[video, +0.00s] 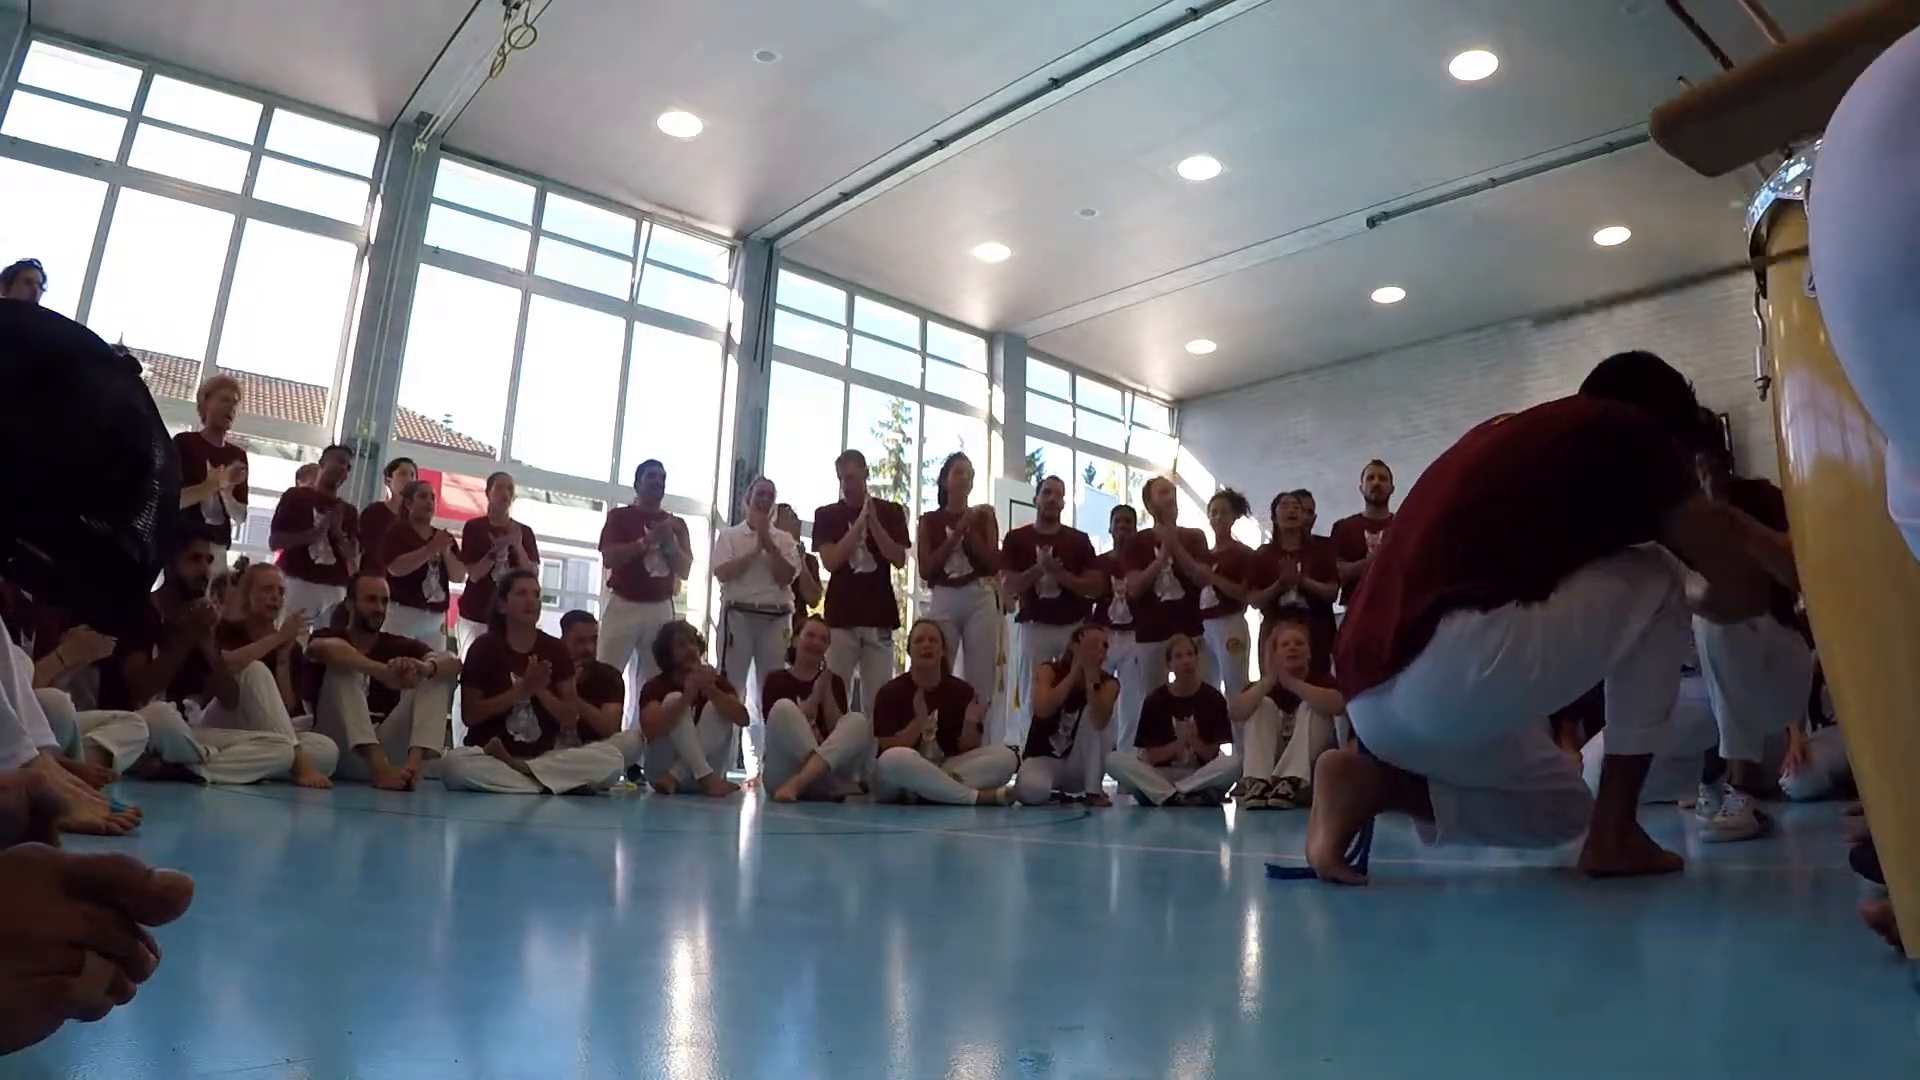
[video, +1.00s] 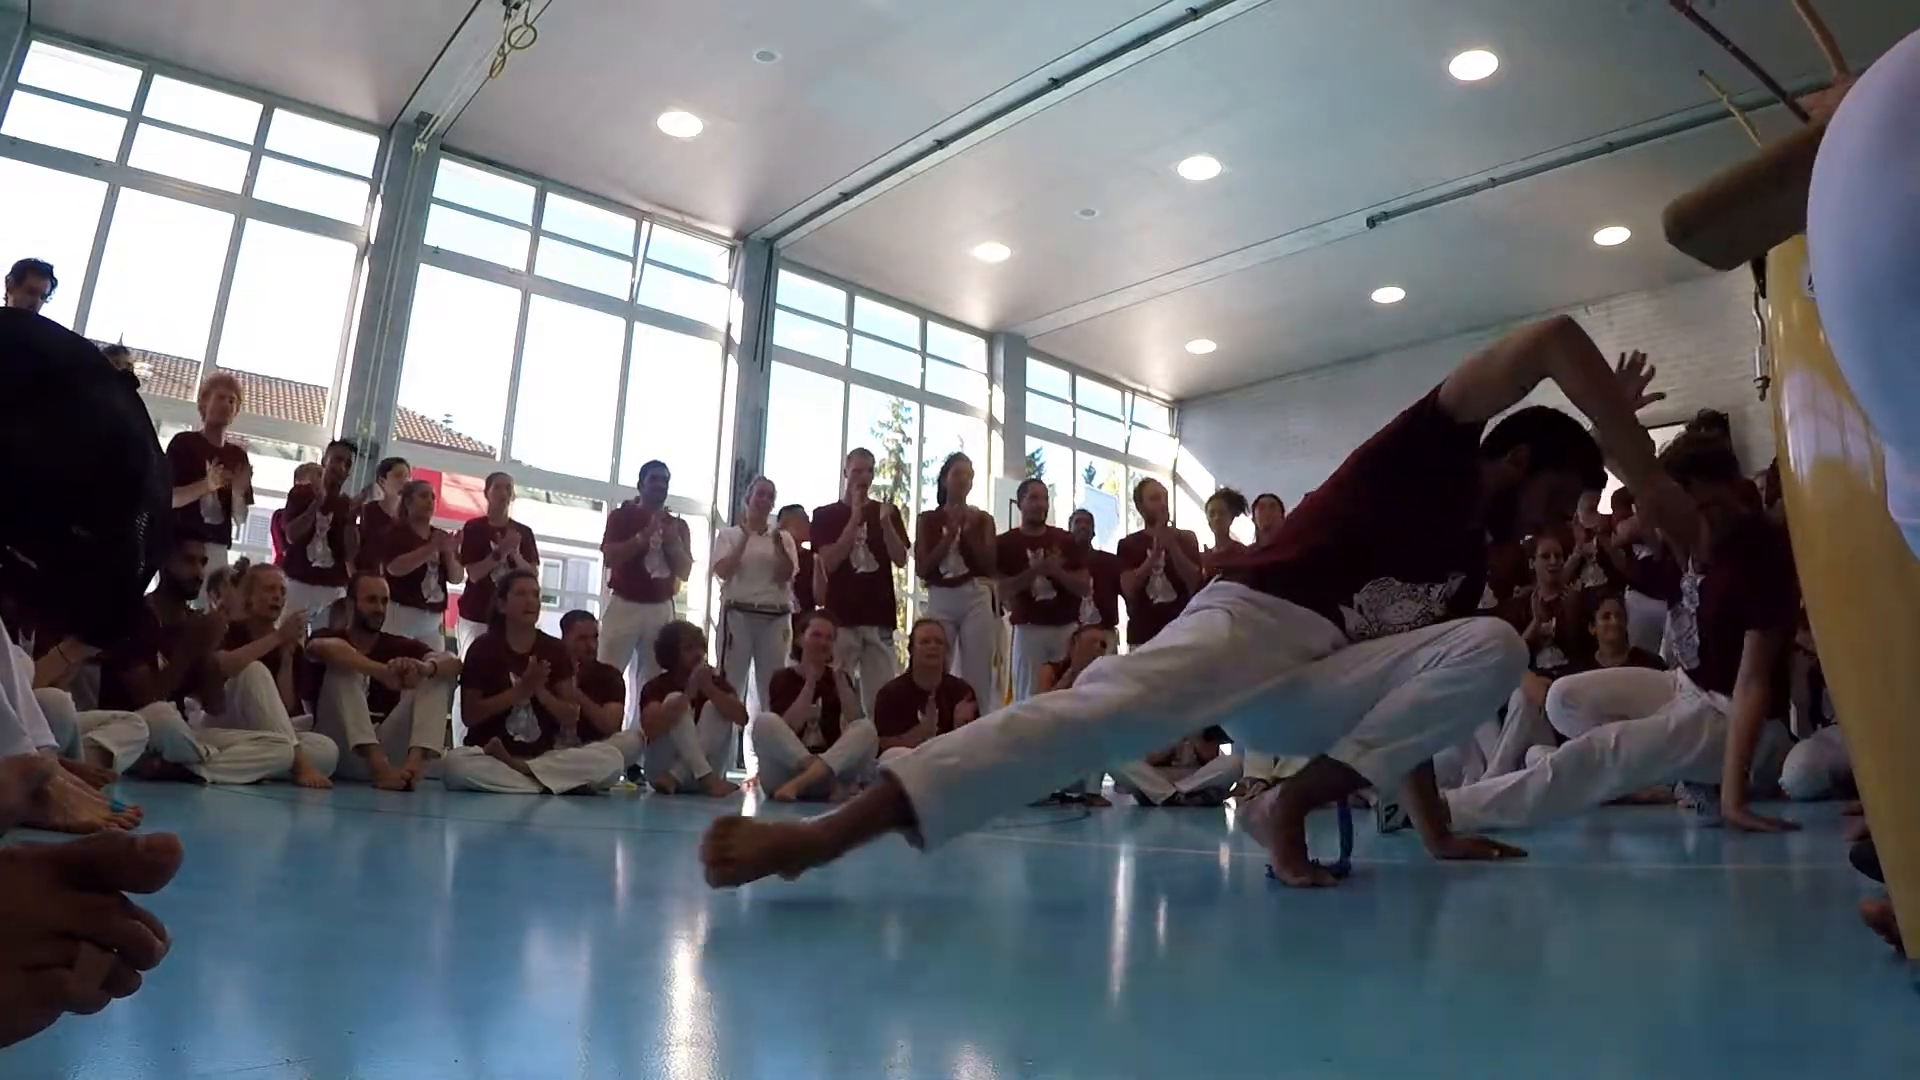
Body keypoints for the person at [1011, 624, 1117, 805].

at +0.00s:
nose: (1099, 651)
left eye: (1104, 646)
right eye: (1093, 644)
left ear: (1107, 650)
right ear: (1074, 646)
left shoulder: (1108, 682)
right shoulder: (1048, 670)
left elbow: (1099, 719)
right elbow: (1042, 709)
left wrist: (1092, 671)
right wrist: (1075, 672)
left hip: (1080, 762)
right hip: (1042, 760)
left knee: (1095, 712)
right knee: (1033, 793)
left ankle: (1094, 791)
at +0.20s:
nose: (1099, 650)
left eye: (1103, 646)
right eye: (1093, 644)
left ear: (1106, 652)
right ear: (1073, 645)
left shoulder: (1108, 682)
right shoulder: (1049, 670)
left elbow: (1101, 721)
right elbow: (1041, 709)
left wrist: (1092, 676)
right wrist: (1071, 671)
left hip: (1080, 763)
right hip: (1042, 761)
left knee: (1095, 710)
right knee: (1033, 794)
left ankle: (1094, 790)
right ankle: (1015, 792)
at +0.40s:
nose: (1099, 649)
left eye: (1103, 645)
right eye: (1092, 643)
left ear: (1106, 651)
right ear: (1073, 646)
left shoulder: (1108, 683)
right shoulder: (1049, 671)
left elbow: (1100, 720)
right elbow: (1040, 710)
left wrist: (1091, 678)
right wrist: (1071, 675)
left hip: (1080, 763)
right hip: (1042, 761)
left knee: (1095, 711)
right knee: (1033, 793)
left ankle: (1094, 791)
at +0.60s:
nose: (1099, 649)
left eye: (1103, 645)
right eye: (1093, 643)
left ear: (1106, 651)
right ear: (1073, 645)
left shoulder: (1108, 683)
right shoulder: (1049, 670)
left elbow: (1101, 719)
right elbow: (1040, 709)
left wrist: (1093, 676)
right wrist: (1071, 672)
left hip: (1080, 763)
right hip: (1042, 761)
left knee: (1095, 711)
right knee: (1033, 793)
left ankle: (1093, 791)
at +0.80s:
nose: (1098, 648)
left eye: (1103, 645)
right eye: (1092, 642)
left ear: (1105, 651)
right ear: (1074, 644)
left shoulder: (1108, 683)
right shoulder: (1050, 671)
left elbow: (1102, 720)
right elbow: (1040, 711)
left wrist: (1091, 678)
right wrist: (1072, 673)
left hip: (1080, 762)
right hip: (1042, 760)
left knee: (1095, 709)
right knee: (1034, 793)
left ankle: (1093, 791)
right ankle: (1010, 794)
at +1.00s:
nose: (1097, 649)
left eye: (1103, 645)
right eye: (1092, 642)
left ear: (1107, 650)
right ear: (1074, 644)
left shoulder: (1105, 679)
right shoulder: (1051, 670)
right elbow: (1046, 705)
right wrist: (1073, 671)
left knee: (1097, 727)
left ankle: (1093, 789)